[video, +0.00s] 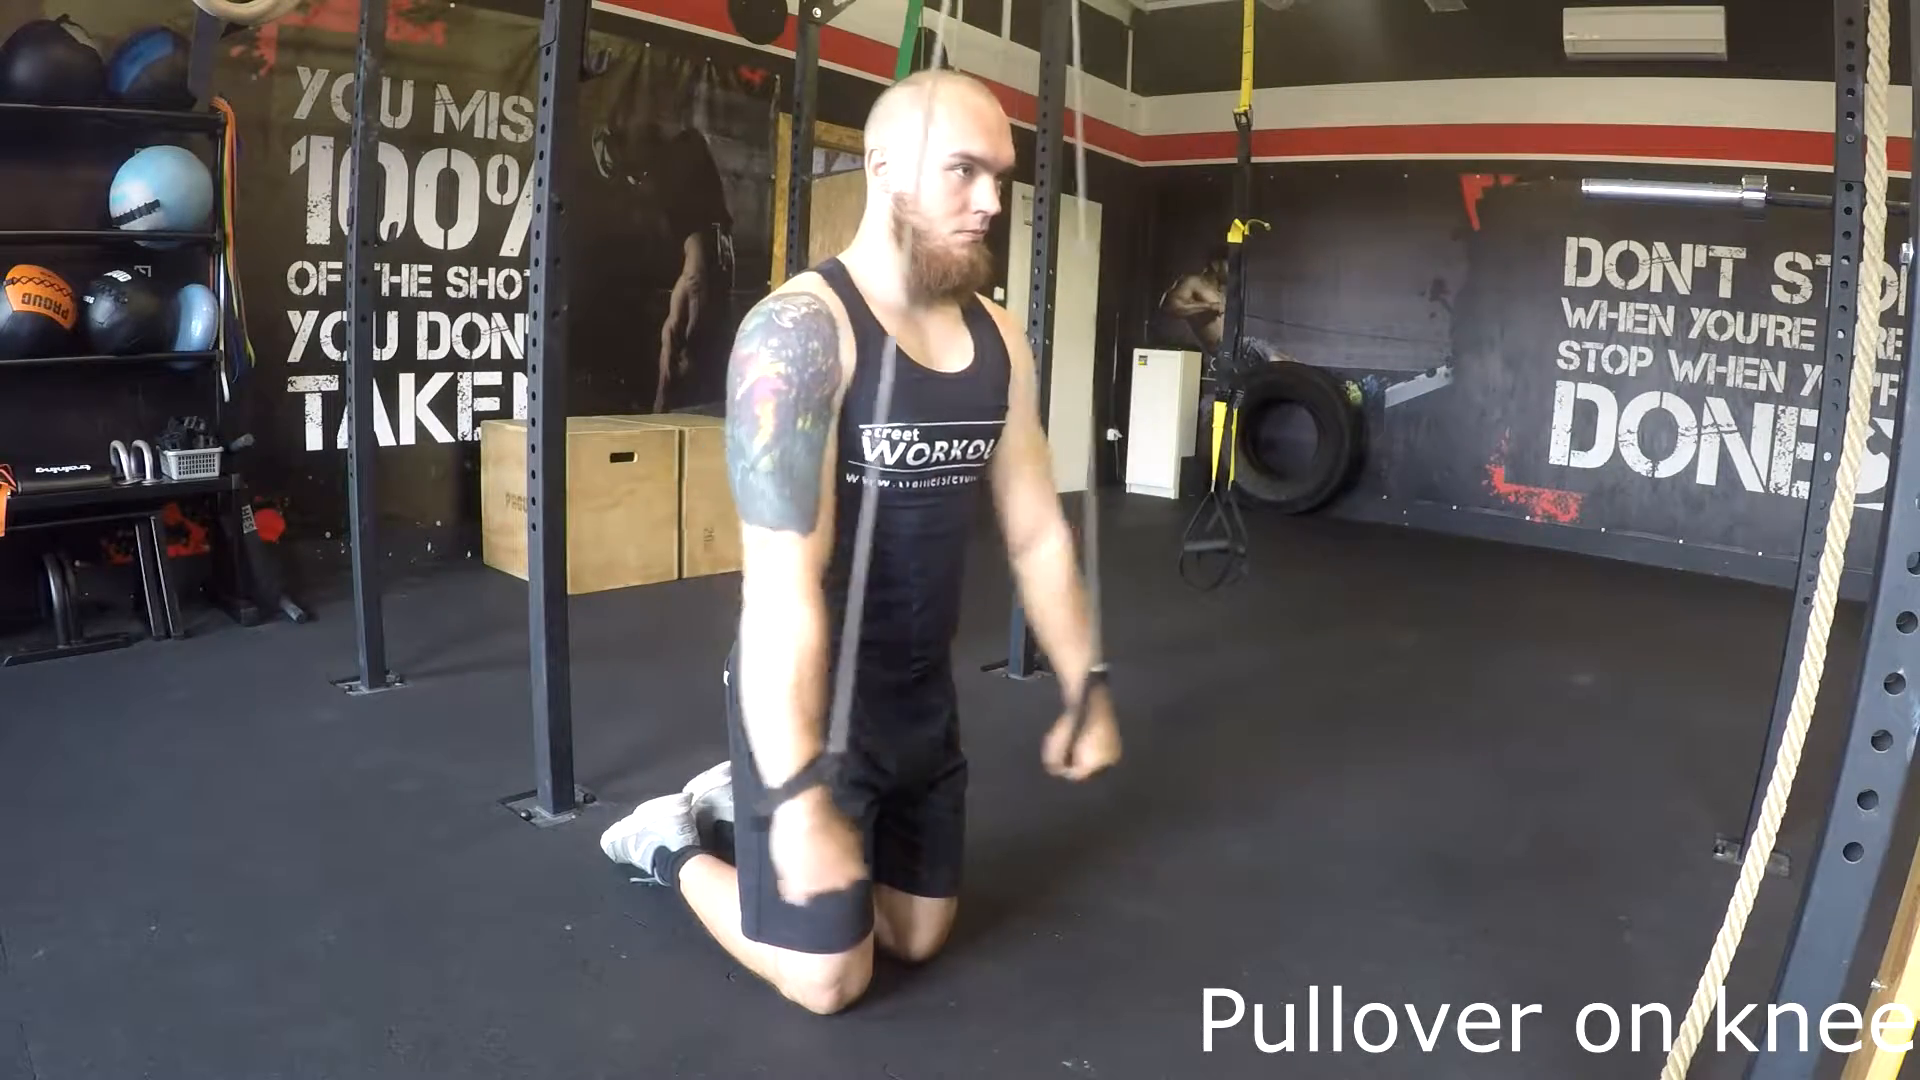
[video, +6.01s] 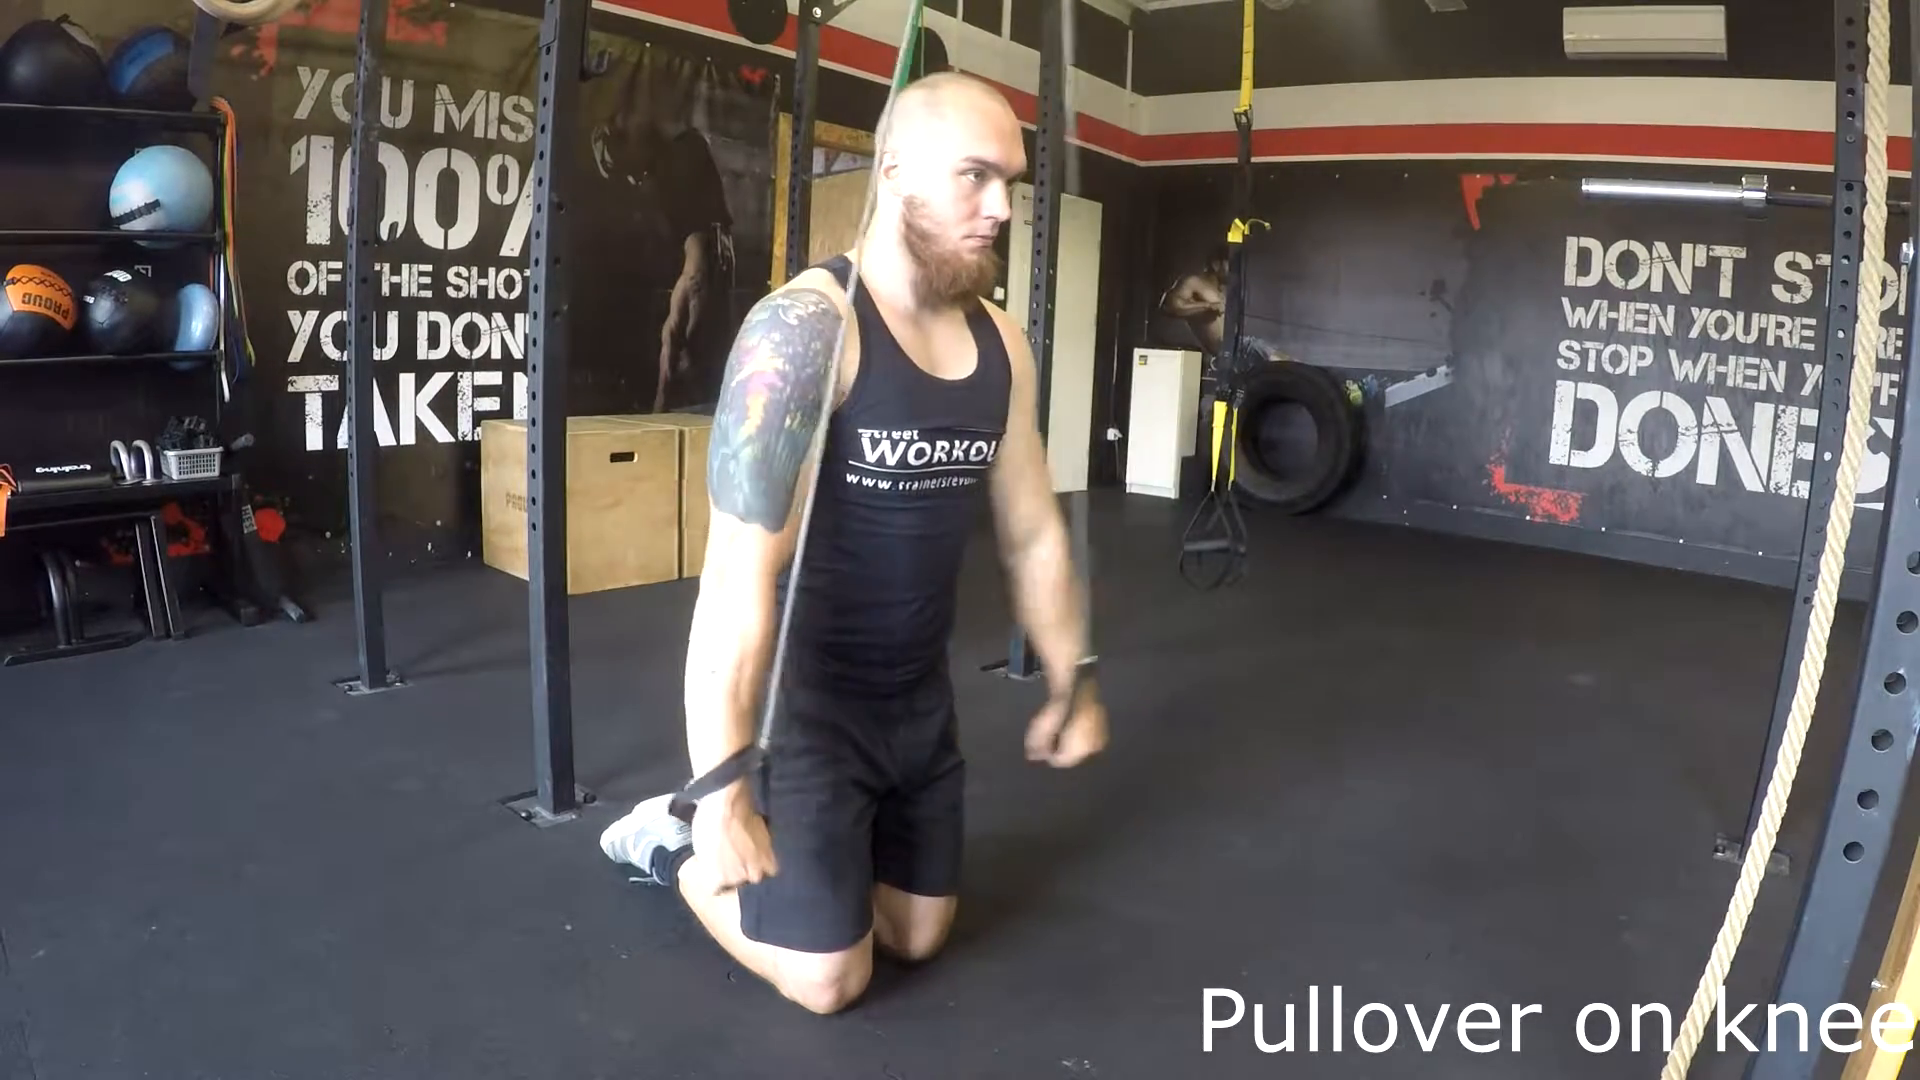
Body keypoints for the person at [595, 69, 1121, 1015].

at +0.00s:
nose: (990, 201)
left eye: (1002, 176)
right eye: (964, 169)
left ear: (1007, 186)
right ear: (886, 173)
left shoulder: (996, 337)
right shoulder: (796, 333)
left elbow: (1037, 530)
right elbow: (782, 583)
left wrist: (1084, 679)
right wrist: (801, 793)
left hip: (920, 693)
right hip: (810, 694)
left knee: (916, 932)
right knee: (825, 981)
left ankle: (731, 808)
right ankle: (673, 854)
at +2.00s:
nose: (982, 204)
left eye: (992, 180)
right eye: (956, 174)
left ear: (996, 188)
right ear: (877, 175)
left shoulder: (989, 333)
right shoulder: (787, 331)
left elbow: (1007, 528)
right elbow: (754, 570)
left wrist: (1028, 675)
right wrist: (752, 774)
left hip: (918, 697)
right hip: (803, 705)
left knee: (915, 932)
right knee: (826, 980)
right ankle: (680, 848)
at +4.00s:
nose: (977, 208)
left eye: (989, 184)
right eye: (951, 176)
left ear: (995, 193)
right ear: (871, 174)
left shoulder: (985, 338)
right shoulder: (781, 333)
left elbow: (1019, 530)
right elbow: (765, 582)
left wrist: (1058, 676)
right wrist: (780, 787)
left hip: (913, 697)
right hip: (804, 704)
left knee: (916, 932)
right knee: (825, 979)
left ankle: (732, 807)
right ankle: (672, 855)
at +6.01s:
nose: (1002, 208)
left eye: (1012, 182)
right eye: (976, 176)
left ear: (1015, 190)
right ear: (896, 176)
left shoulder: (999, 340)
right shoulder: (801, 331)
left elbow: (1032, 529)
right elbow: (738, 572)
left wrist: (1070, 675)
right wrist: (720, 786)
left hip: (920, 697)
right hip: (804, 703)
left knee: (918, 931)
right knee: (825, 980)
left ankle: (766, 837)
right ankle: (684, 845)